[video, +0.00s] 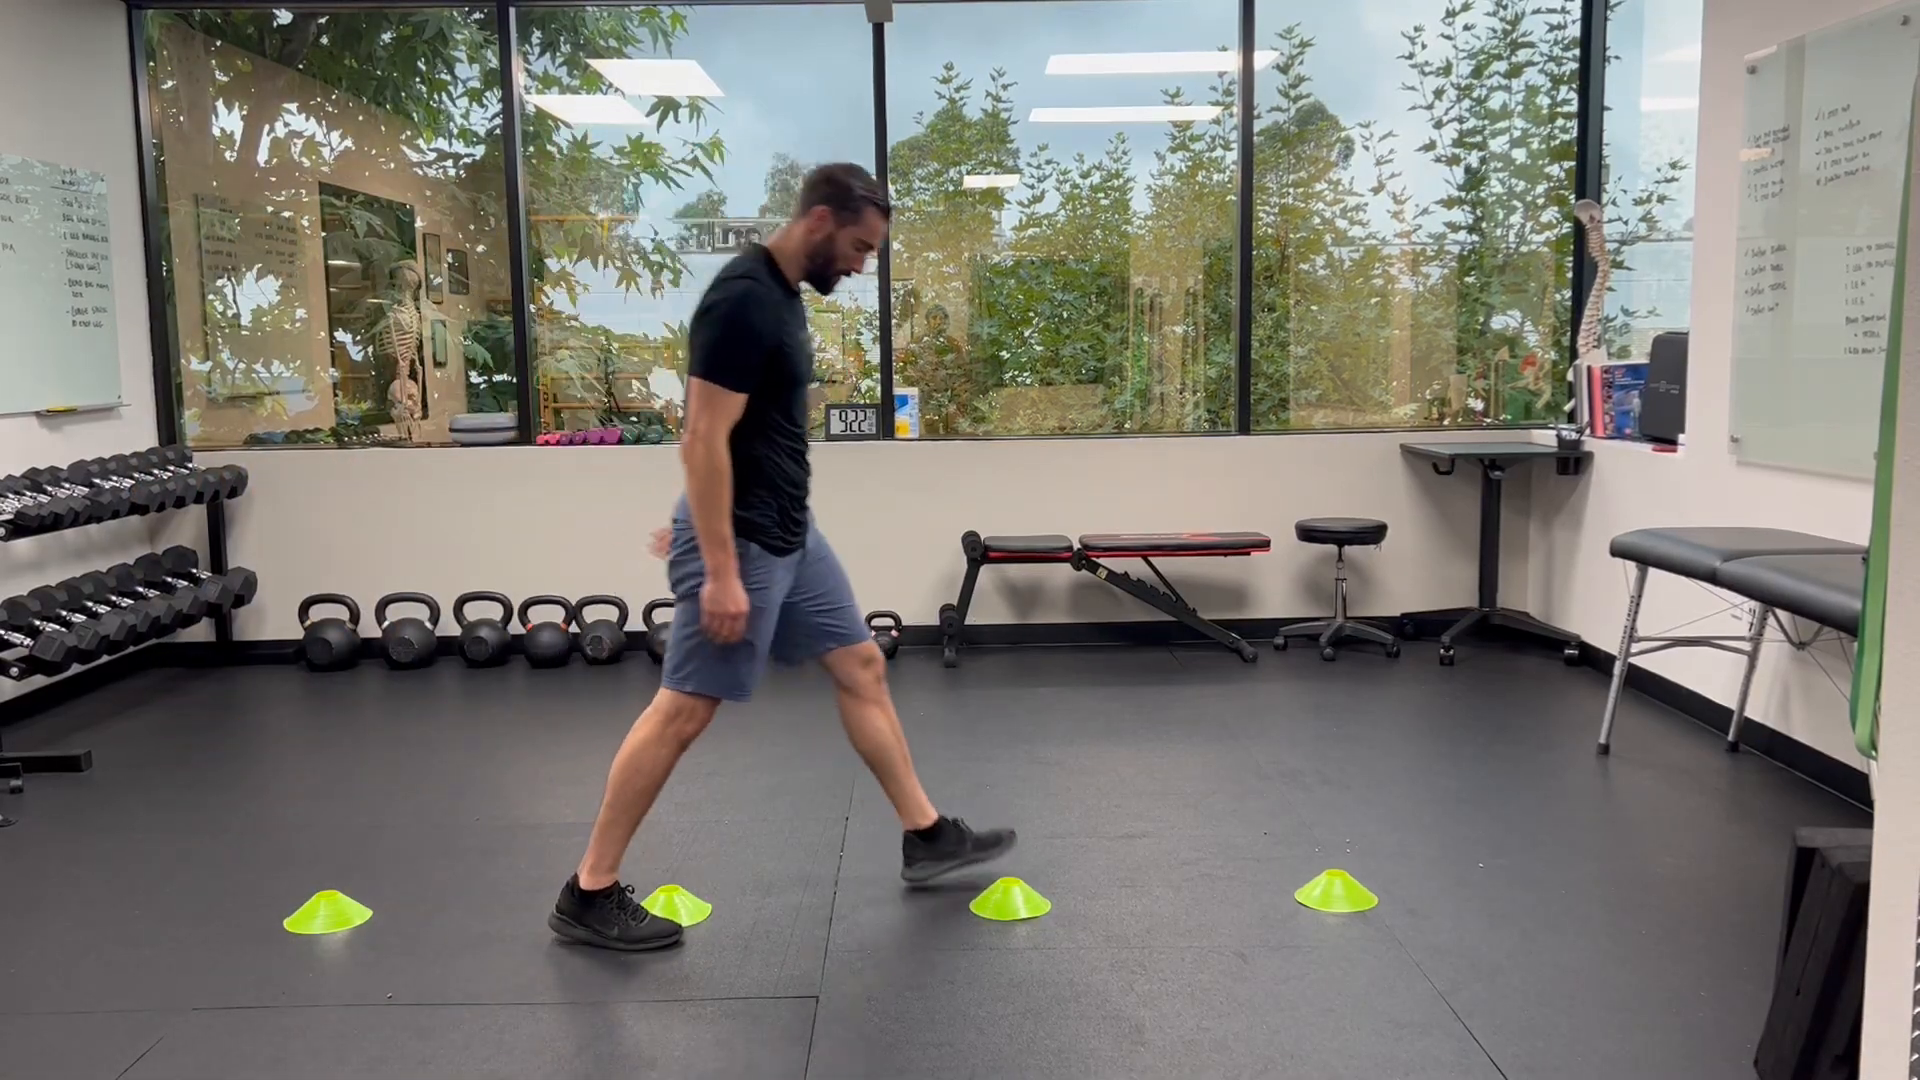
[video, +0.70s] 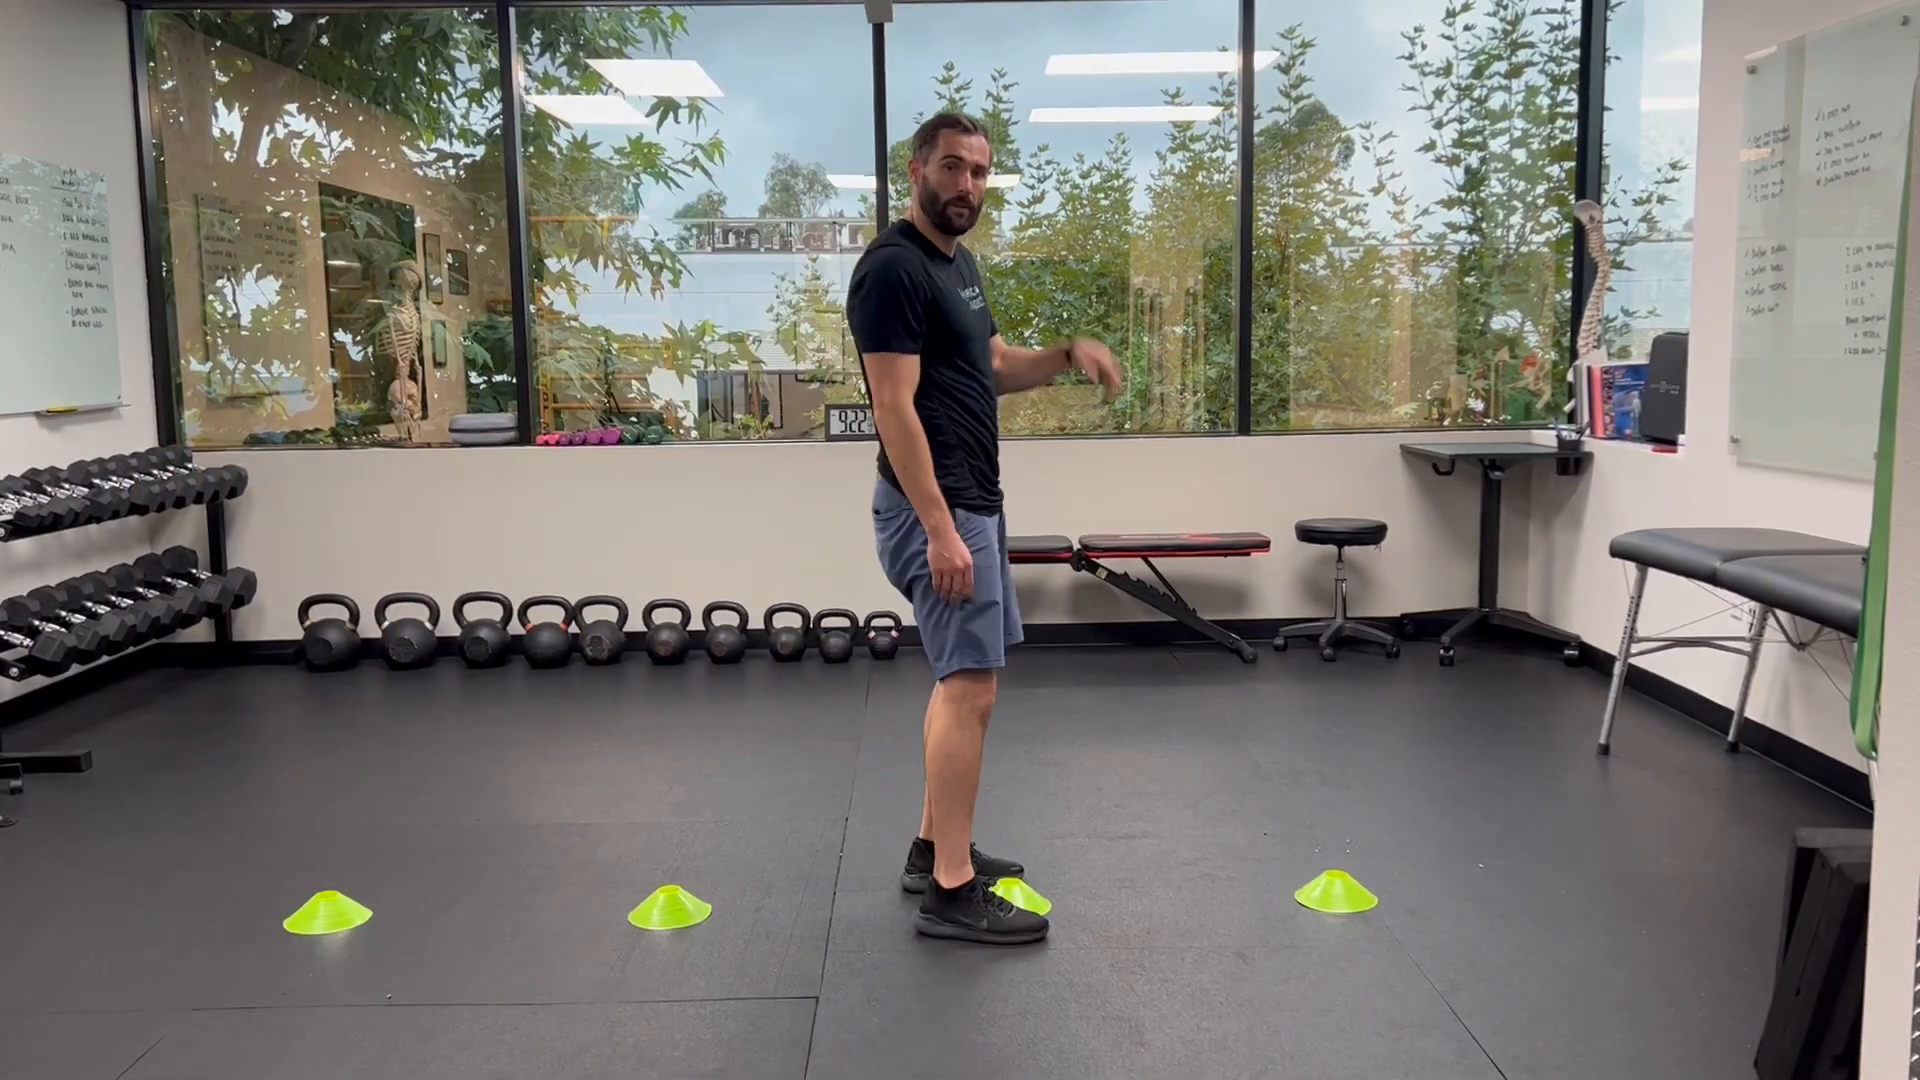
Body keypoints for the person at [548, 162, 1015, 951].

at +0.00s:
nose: (861, 267)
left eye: (870, 253)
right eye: (860, 248)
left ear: (823, 225)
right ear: (819, 220)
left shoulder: (780, 294)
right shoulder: (744, 299)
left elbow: (743, 424)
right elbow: (704, 434)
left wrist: (690, 510)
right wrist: (722, 571)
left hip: (790, 535)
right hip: (738, 545)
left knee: (859, 665)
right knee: (681, 709)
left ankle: (926, 831)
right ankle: (590, 889)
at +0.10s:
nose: (910, 277)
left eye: (918, 265)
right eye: (910, 259)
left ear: (876, 235)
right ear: (872, 231)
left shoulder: (828, 302)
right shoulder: (798, 307)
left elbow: (797, 435)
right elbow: (751, 440)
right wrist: (772, 570)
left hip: (832, 543)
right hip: (779, 553)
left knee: (894, 671)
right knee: (720, 712)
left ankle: (936, 844)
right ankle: (600, 878)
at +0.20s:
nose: (947, 257)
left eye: (959, 244)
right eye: (946, 236)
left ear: (906, 214)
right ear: (904, 207)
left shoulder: (866, 285)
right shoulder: (840, 286)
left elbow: (831, 417)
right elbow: (798, 418)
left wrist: (863, 524)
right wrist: (823, 544)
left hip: (865, 521)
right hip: (815, 527)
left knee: (912, 672)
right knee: (806, 710)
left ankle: (933, 845)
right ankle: (647, 844)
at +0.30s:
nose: (964, 223)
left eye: (975, 212)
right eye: (956, 201)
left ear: (970, 216)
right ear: (912, 187)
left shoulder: (905, 283)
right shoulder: (860, 274)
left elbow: (901, 413)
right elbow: (825, 406)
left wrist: (956, 496)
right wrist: (867, 528)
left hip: (892, 510)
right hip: (840, 516)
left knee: (924, 672)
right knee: (895, 688)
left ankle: (935, 844)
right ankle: (726, 805)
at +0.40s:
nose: (965, 201)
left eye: (978, 192)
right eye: (956, 181)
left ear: (980, 204)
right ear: (916, 176)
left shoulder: (932, 277)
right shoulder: (868, 267)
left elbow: (942, 395)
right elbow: (843, 405)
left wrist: (1014, 469)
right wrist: (899, 513)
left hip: (911, 502)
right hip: (864, 508)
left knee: (936, 673)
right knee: (953, 670)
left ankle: (936, 842)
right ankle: (822, 817)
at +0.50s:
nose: (964, 193)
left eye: (977, 182)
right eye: (952, 173)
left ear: (980, 194)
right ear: (913, 173)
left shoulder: (947, 277)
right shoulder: (875, 270)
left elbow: (972, 389)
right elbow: (859, 403)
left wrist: (1051, 457)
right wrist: (922, 514)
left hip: (929, 508)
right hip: (894, 513)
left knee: (941, 681)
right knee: (967, 684)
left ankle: (937, 851)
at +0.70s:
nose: (967, 184)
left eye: (979, 171)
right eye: (953, 166)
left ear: (987, 184)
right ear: (915, 171)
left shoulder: (959, 266)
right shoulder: (891, 269)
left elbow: (995, 366)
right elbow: (892, 410)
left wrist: (1068, 354)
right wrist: (938, 527)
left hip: (974, 507)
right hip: (938, 513)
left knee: (971, 683)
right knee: (967, 687)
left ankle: (939, 848)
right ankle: (952, 888)